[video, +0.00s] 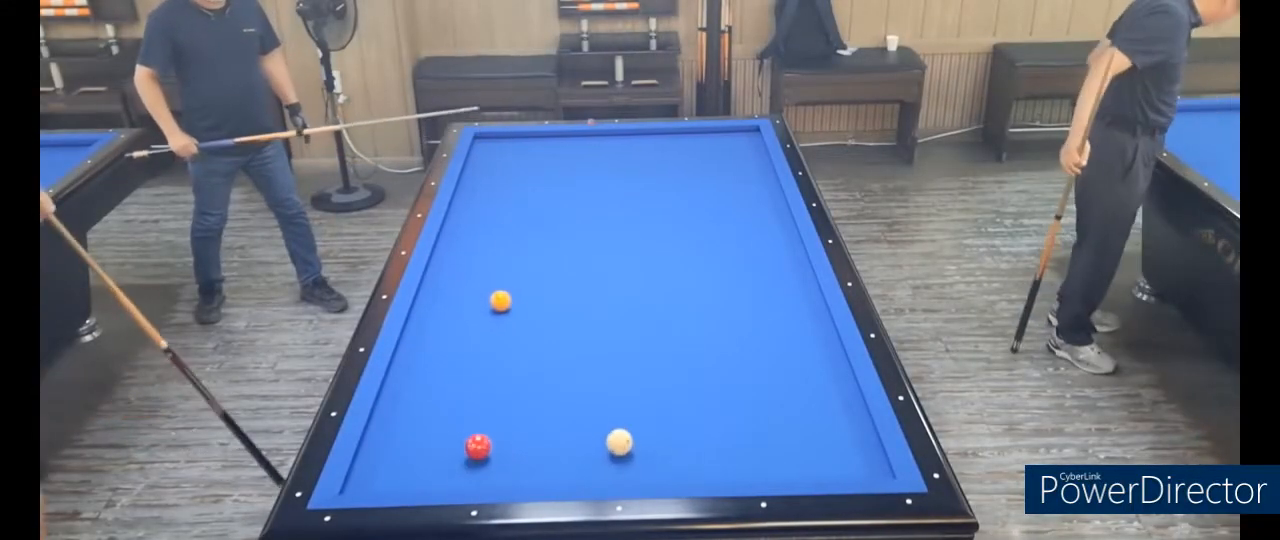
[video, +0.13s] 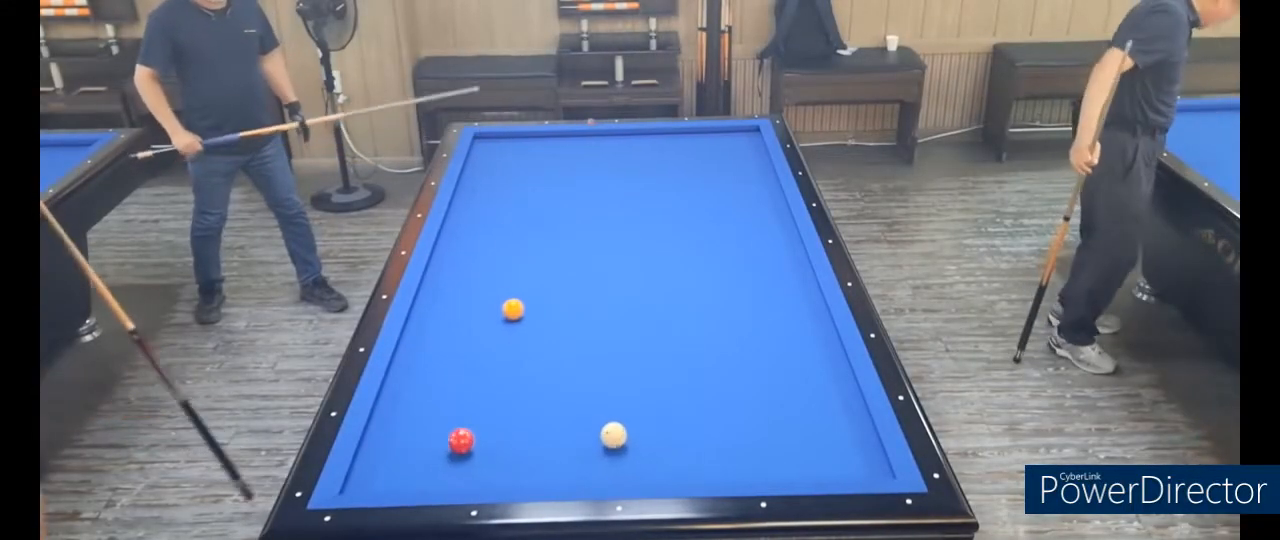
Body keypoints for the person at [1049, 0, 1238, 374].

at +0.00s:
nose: (1228, 15)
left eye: (1231, 9)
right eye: (1232, 8)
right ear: (1220, 3)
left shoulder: (1154, 7)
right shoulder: (1169, 18)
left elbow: (1097, 57)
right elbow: (1102, 67)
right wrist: (1075, 139)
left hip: (1112, 141)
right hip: (1122, 148)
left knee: (1096, 238)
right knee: (1102, 245)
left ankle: (1069, 310)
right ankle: (1070, 335)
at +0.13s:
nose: (1228, 17)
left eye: (1232, 11)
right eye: (1231, 9)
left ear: (1212, 1)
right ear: (1217, 1)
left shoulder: (1166, 13)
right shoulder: (1168, 18)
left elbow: (1112, 66)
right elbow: (1108, 66)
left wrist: (1090, 136)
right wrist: (1085, 137)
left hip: (1123, 143)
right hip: (1124, 149)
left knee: (1104, 236)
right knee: (1117, 248)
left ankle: (1071, 308)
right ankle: (1072, 334)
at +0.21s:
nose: (1230, 17)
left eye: (1233, 10)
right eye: (1232, 8)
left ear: (1210, 2)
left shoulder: (1170, 16)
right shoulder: (1166, 18)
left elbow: (1114, 70)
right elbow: (1107, 68)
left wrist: (1093, 136)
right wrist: (1086, 136)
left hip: (1126, 145)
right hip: (1126, 150)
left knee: (1105, 237)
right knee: (1124, 248)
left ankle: (1071, 310)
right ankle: (1075, 333)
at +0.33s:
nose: (1233, 15)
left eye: (1235, 8)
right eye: (1234, 6)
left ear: (1213, 2)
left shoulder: (1179, 21)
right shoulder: (1165, 19)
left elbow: (1122, 77)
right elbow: (1106, 71)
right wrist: (1084, 139)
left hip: (1136, 148)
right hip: (1125, 151)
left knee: (1102, 237)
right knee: (1130, 254)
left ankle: (1068, 309)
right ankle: (1083, 347)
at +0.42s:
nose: (1233, 14)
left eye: (1235, 8)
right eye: (1234, 6)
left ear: (1214, 3)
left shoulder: (1185, 23)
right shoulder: (1165, 20)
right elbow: (1105, 74)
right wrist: (1082, 144)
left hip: (1142, 149)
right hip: (1124, 151)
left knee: (1102, 235)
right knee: (1128, 255)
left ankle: (1070, 307)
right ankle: (1092, 356)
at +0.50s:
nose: (1237, 15)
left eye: (1238, 8)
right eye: (1236, 6)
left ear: (1217, 4)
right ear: (1215, 1)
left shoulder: (1194, 28)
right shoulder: (1163, 26)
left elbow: (1154, 91)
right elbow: (1099, 87)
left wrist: (1164, 140)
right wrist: (1076, 156)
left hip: (1150, 155)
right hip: (1123, 155)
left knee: (1105, 237)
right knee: (1122, 266)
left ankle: (1071, 306)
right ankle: (1104, 367)